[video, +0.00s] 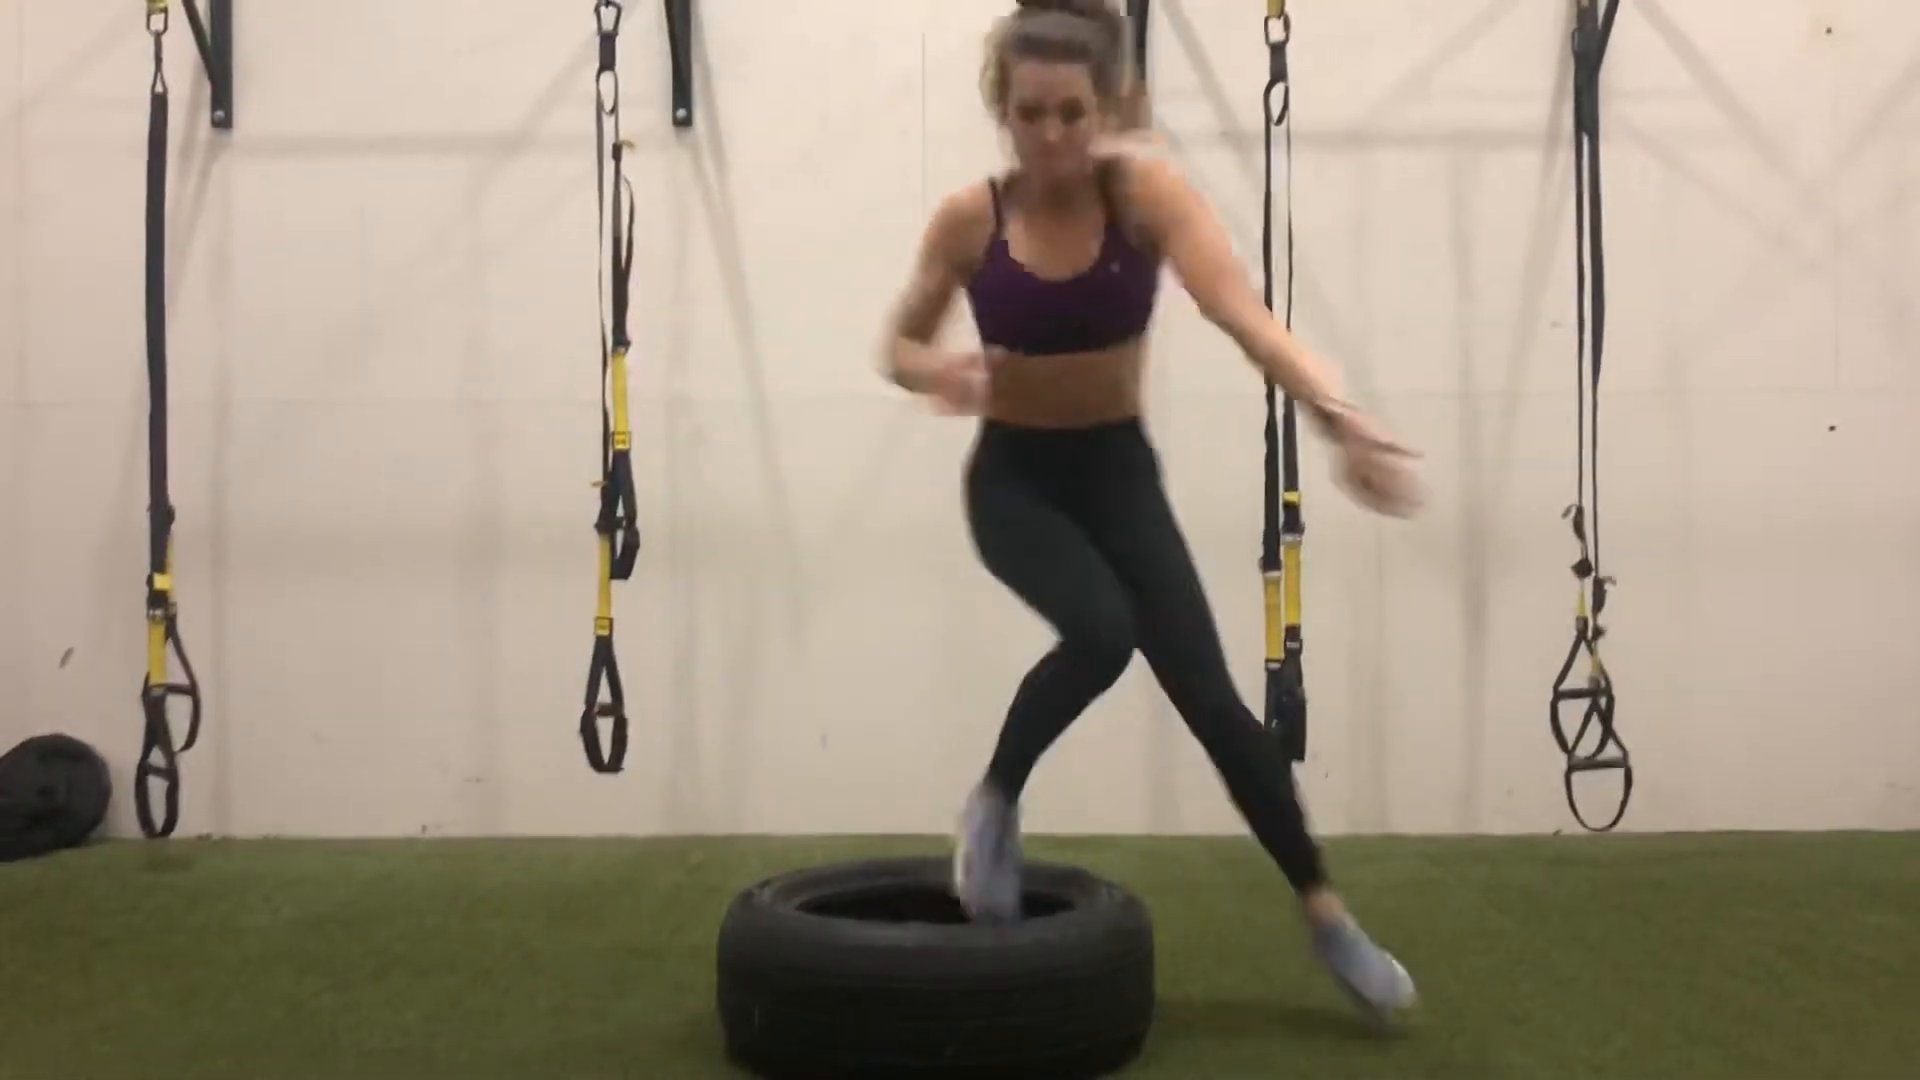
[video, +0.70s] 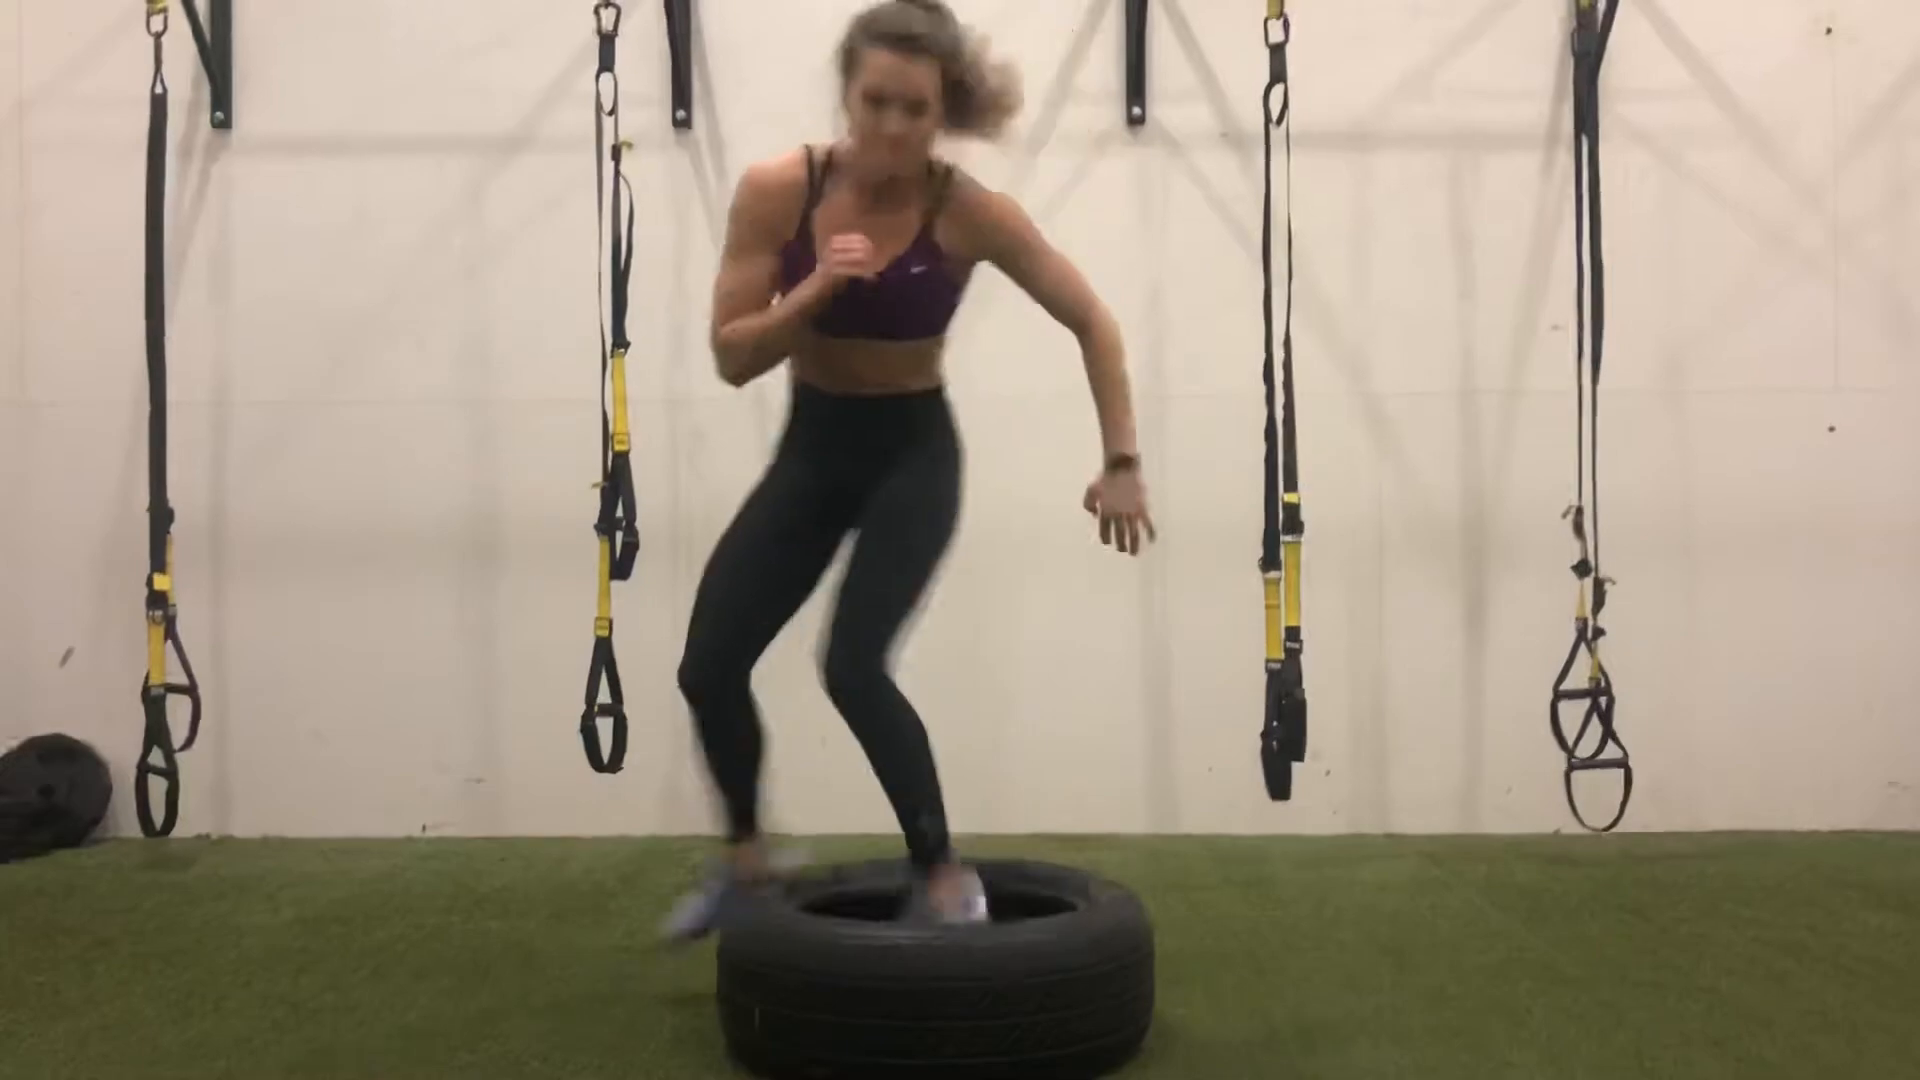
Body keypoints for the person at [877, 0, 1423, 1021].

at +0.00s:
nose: (1048, 135)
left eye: (1069, 113)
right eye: (1028, 112)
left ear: (1107, 109)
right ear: (1002, 108)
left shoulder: (1147, 191)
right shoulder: (971, 218)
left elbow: (1239, 313)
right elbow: (901, 347)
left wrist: (1343, 419)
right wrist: (934, 369)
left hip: (1117, 473)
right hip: (1013, 478)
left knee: (1212, 699)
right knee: (1104, 633)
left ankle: (1327, 915)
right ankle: (993, 806)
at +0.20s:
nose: (1059, 177)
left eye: (1080, 156)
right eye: (1041, 155)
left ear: (1118, 151)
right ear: (1017, 151)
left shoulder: (1170, 239)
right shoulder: (987, 251)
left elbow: (1288, 335)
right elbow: (967, 375)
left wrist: (1365, 439)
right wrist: (1003, 400)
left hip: (1193, 497)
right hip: (1094, 519)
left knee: (1232, 727)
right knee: (1124, 747)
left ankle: (1390, 901)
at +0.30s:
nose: (1050, 202)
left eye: (1071, 180)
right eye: (1033, 181)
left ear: (1109, 176)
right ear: (1009, 176)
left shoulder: (1162, 259)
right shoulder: (978, 282)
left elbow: (1244, 327)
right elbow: (957, 437)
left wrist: (1251, 413)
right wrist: (1016, 321)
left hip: (1182, 514)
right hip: (1108, 541)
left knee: (1049, 685)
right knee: (1192, 782)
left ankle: (1284, 734)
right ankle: (1359, 953)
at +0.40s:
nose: (1026, 170)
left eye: (1049, 150)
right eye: (1008, 146)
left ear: (1090, 151)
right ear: (985, 143)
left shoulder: (1119, 235)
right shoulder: (941, 231)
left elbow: (1179, 283)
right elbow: (957, 382)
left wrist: (1158, 371)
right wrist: (1006, 263)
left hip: (1113, 474)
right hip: (1053, 495)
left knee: (919, 581)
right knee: (1164, 731)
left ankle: (1085, 751)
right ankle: (1325, 925)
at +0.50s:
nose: (983, 134)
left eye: (1006, 113)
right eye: (966, 111)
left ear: (1051, 118)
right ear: (944, 109)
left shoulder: (1087, 222)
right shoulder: (891, 208)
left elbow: (1114, 297)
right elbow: (884, 383)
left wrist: (1073, 378)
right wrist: (933, 283)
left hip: (1032, 477)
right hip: (970, 481)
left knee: (889, 677)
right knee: (987, 722)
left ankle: (956, 899)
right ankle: (1197, 804)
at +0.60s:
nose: (935, 132)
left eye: (958, 112)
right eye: (918, 109)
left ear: (998, 119)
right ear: (895, 108)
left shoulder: (1024, 235)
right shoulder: (841, 202)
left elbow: (1108, 334)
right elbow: (782, 354)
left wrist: (1076, 433)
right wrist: (845, 299)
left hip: (972, 496)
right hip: (887, 496)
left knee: (937, 731)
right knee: (772, 688)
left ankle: (962, 945)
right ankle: (965, 735)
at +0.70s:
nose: (894, 127)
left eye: (916, 108)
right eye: (878, 102)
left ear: (943, 113)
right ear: (846, 97)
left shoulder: (970, 216)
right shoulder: (780, 190)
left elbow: (1094, 322)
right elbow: (731, 355)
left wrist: (1122, 464)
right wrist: (815, 290)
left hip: (915, 453)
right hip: (814, 448)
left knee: (853, 663)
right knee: (710, 665)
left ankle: (945, 882)